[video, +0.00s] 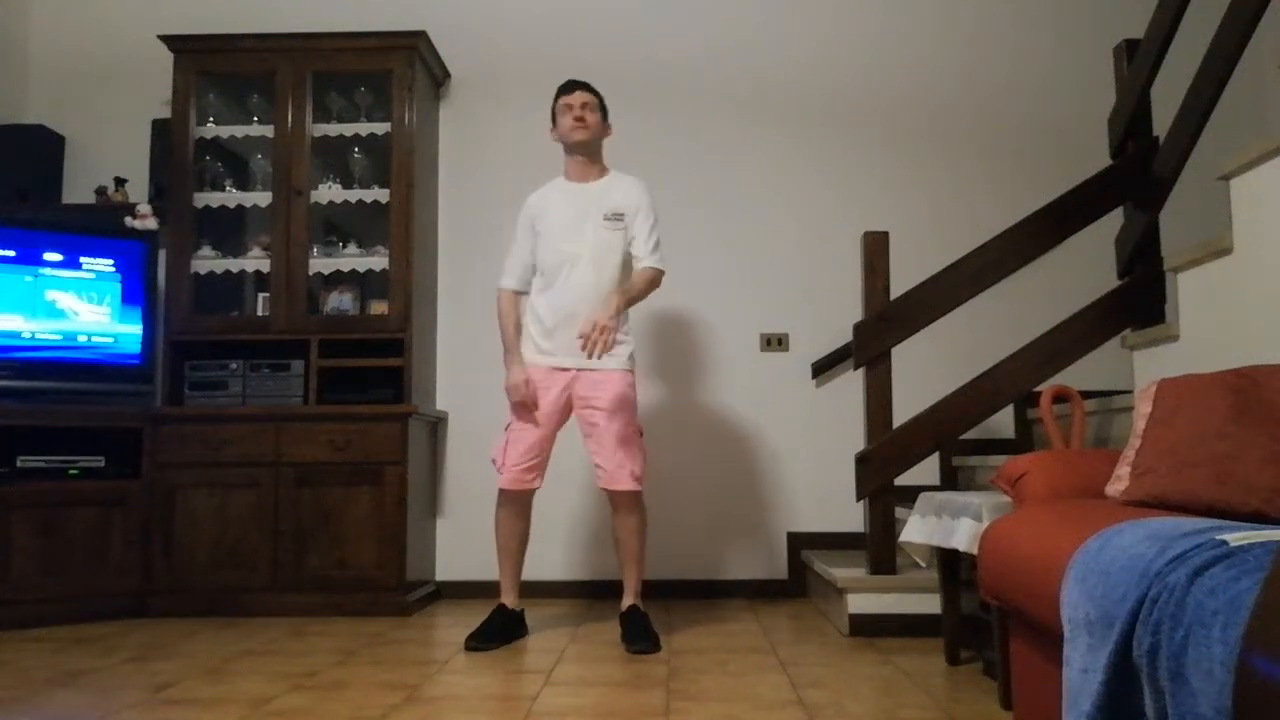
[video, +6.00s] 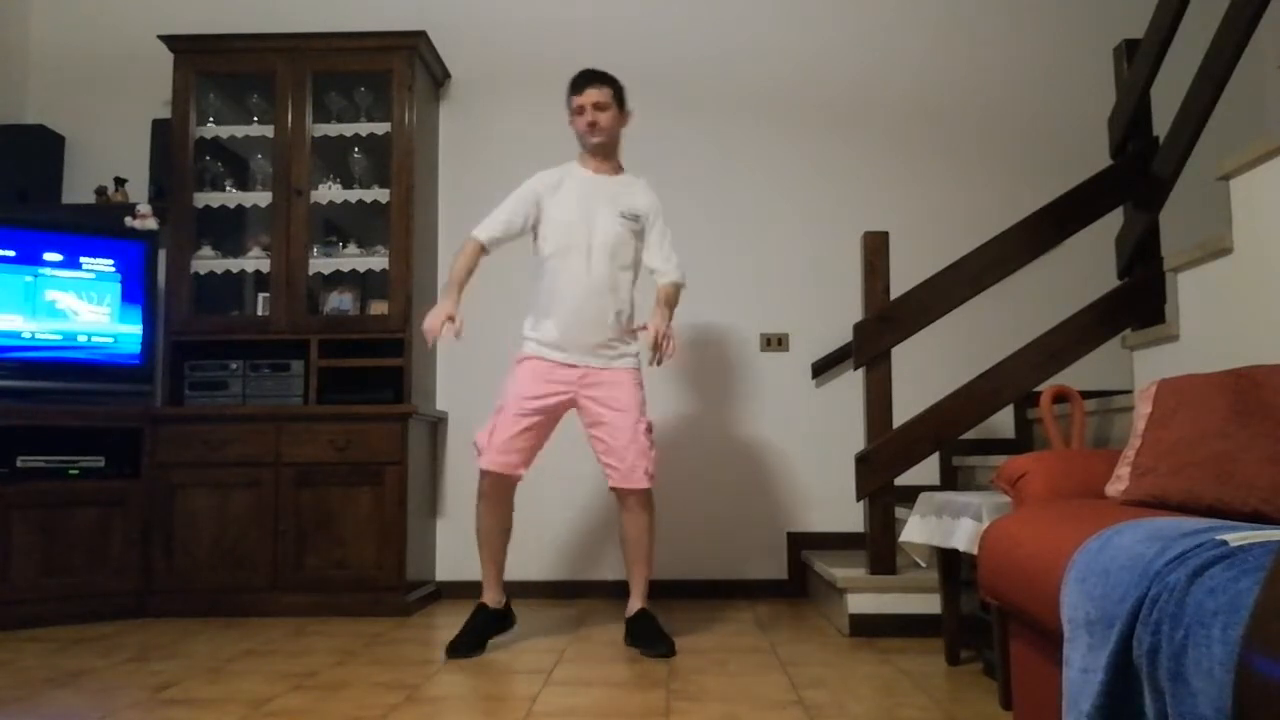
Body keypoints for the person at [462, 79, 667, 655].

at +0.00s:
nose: (579, 115)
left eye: (588, 109)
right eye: (568, 111)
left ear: (607, 127)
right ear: (554, 132)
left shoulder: (630, 194)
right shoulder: (537, 204)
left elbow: (649, 271)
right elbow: (510, 288)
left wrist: (615, 304)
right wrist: (512, 361)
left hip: (607, 365)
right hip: (541, 365)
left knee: (623, 485)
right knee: (513, 483)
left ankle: (632, 605)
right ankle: (508, 607)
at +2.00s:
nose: (525, 119)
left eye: (538, 113)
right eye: (521, 113)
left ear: (563, 131)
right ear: (514, 129)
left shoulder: (579, 174)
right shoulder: (503, 208)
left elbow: (627, 236)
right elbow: (489, 290)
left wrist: (585, 301)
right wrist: (489, 353)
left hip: (588, 366)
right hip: (524, 371)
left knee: (610, 485)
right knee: (498, 482)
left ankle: (632, 601)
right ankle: (505, 608)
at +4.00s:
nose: (585, 171)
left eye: (596, 159)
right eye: (575, 159)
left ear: (615, 146)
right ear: (560, 146)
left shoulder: (631, 214)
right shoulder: (535, 199)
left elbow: (654, 297)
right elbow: (483, 266)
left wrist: (635, 346)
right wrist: (485, 339)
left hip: (603, 369)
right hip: (533, 366)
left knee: (629, 483)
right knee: (504, 483)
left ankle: (639, 607)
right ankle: (511, 610)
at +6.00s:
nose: (590, 117)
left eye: (601, 108)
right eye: (580, 109)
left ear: (622, 117)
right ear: (570, 120)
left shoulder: (639, 195)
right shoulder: (547, 186)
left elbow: (668, 271)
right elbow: (477, 242)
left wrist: (662, 314)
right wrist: (450, 298)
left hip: (614, 363)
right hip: (542, 358)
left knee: (634, 482)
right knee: (495, 469)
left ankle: (638, 609)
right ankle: (492, 603)